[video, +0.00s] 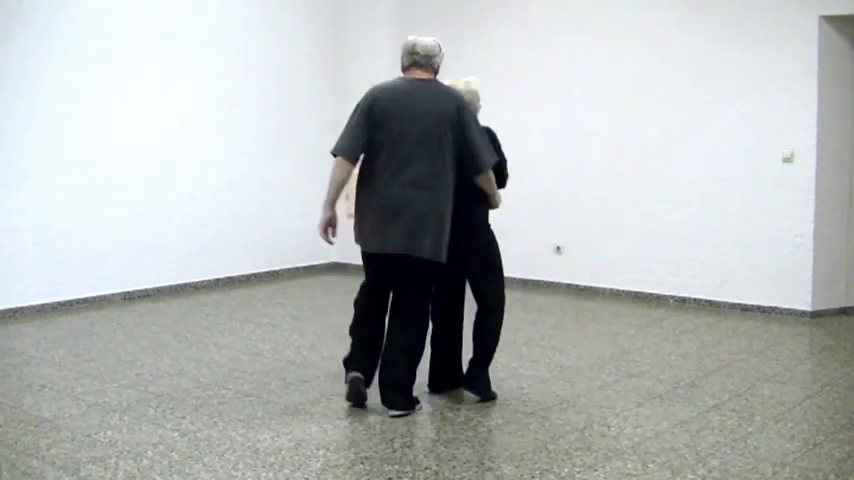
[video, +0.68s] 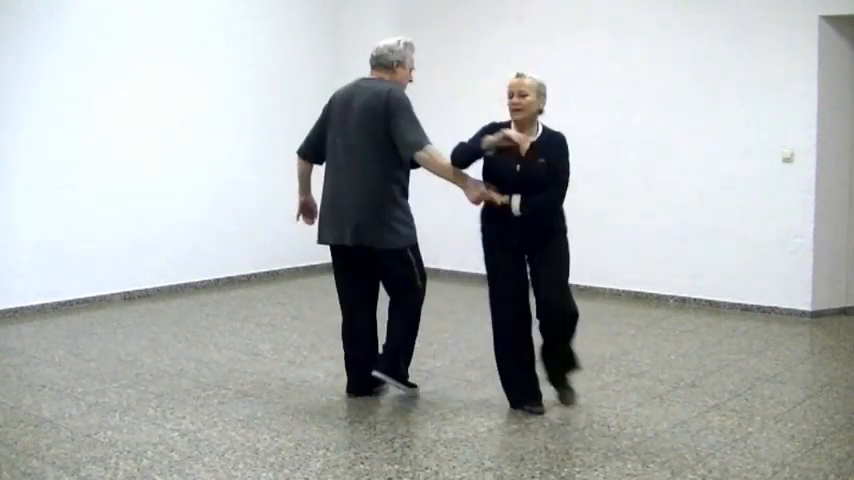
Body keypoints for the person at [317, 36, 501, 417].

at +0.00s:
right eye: (436, 65)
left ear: (402, 65)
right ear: (437, 67)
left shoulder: (378, 96)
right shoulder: (453, 102)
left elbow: (346, 156)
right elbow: (479, 166)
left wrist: (329, 205)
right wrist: (493, 196)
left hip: (377, 222)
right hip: (428, 226)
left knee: (373, 292)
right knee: (411, 308)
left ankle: (358, 370)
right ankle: (398, 397)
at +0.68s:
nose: (411, 77)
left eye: (411, 70)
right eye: (410, 70)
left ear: (376, 66)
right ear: (397, 67)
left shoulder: (341, 97)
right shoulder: (393, 98)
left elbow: (305, 154)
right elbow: (421, 153)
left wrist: (304, 196)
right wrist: (466, 182)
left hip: (339, 220)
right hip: (383, 220)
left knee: (356, 305)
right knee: (410, 288)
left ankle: (360, 383)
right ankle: (393, 366)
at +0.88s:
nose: (409, 78)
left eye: (409, 71)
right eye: (406, 70)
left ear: (374, 68)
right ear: (389, 68)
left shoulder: (339, 98)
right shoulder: (383, 97)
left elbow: (313, 158)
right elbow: (409, 150)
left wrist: (338, 195)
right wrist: (459, 176)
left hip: (335, 221)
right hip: (377, 222)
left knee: (353, 303)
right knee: (394, 294)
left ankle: (358, 381)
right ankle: (386, 372)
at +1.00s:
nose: (406, 77)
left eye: (406, 70)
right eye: (403, 69)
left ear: (373, 67)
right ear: (386, 66)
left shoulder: (339, 96)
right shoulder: (375, 95)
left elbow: (318, 156)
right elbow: (399, 144)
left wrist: (363, 170)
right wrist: (452, 164)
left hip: (331, 219)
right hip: (372, 220)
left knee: (351, 300)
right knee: (397, 289)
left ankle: (358, 380)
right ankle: (390, 368)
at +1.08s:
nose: (402, 77)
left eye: (403, 70)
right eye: (399, 69)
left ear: (371, 67)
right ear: (381, 67)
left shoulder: (339, 94)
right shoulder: (370, 95)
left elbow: (320, 156)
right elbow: (393, 139)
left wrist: (366, 163)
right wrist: (446, 156)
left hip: (329, 220)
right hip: (368, 220)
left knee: (348, 302)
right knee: (396, 294)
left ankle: (356, 380)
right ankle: (385, 368)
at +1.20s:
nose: (399, 77)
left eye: (400, 70)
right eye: (396, 69)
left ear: (368, 67)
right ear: (377, 67)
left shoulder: (339, 94)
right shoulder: (362, 93)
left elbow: (316, 151)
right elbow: (380, 136)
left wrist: (358, 167)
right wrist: (429, 154)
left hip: (328, 219)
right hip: (359, 220)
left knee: (345, 297)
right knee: (384, 292)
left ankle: (356, 373)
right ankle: (362, 376)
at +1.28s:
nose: (397, 81)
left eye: (398, 73)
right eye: (395, 72)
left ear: (364, 69)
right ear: (375, 69)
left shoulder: (337, 95)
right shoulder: (361, 96)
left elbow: (310, 150)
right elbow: (372, 140)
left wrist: (349, 170)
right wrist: (417, 166)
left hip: (325, 221)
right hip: (355, 222)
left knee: (341, 296)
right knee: (374, 293)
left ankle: (344, 368)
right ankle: (355, 376)